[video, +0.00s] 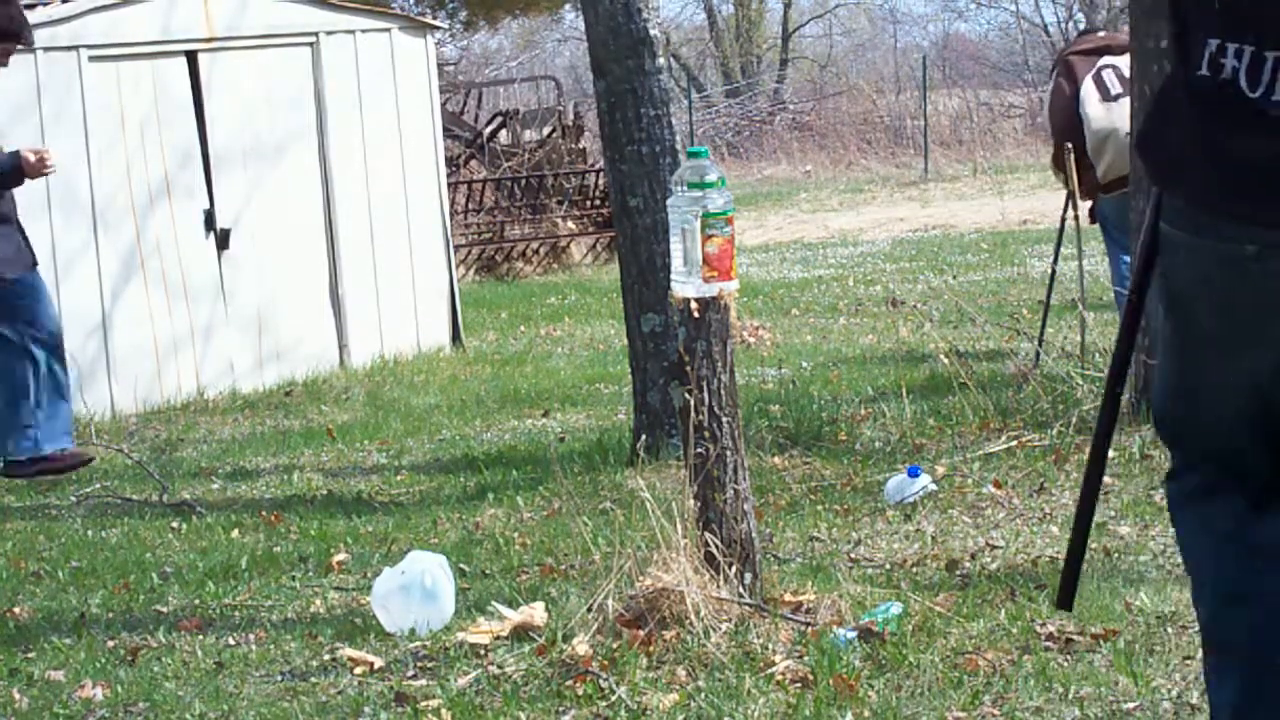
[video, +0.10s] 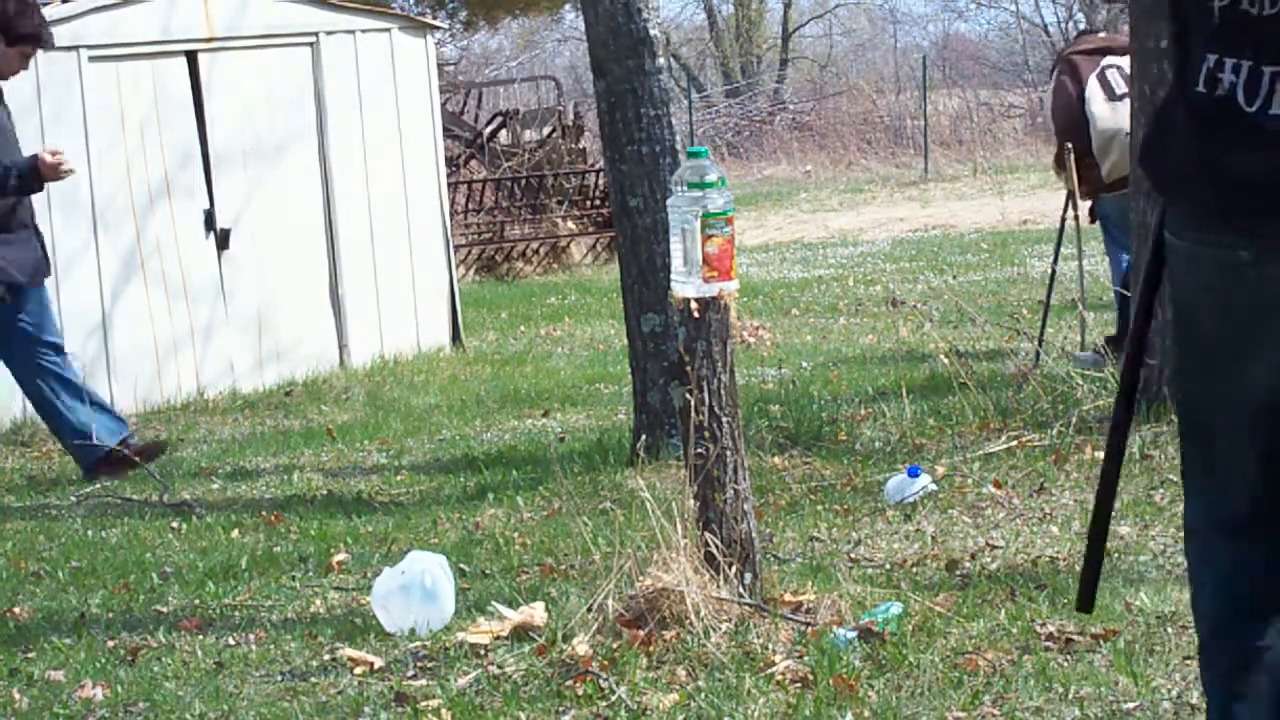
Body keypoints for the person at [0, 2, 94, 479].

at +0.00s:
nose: (9, 58)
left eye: (12, 50)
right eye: (9, 49)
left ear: (12, 46)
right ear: (0, 43)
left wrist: (16, 166)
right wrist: (15, 166)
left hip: (11, 237)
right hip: (4, 238)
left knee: (30, 328)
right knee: (34, 326)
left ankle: (33, 443)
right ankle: (25, 446)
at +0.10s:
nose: (25, 65)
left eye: (30, 55)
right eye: (24, 53)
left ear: (10, 47)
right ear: (1, 42)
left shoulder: (2, 99)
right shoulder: (0, 101)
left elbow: (6, 183)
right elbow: (4, 186)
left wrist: (30, 171)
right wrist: (30, 175)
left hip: (16, 254)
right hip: (7, 256)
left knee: (44, 353)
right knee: (40, 353)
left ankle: (105, 445)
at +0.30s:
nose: (81, 70)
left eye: (86, 61)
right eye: (79, 59)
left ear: (52, 46)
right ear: (48, 42)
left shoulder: (41, 90)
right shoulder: (10, 87)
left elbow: (40, 172)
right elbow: (17, 165)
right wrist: (83, 168)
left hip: (60, 257)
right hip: (20, 258)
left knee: (87, 359)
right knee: (6, 366)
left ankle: (129, 466)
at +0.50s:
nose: (138, 67)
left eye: (144, 58)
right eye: (138, 54)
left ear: (119, 42)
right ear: (110, 34)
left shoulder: (102, 87)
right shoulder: (64, 75)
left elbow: (107, 178)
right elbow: (75, 142)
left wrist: (150, 168)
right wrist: (160, 142)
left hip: (116, 239)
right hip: (78, 239)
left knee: (126, 349)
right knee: (105, 341)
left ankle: (131, 470)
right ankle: (8, 429)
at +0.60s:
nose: (160, 59)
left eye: (166, 50)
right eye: (158, 46)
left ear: (139, 34)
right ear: (129, 27)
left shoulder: (123, 83)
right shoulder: (85, 72)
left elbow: (122, 170)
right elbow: (102, 127)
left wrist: (167, 171)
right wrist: (181, 132)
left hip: (121, 226)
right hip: (105, 227)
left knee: (128, 342)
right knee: (154, 318)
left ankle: (141, 464)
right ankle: (69, 425)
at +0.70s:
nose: (182, 54)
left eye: (187, 46)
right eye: (180, 42)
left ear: (154, 27)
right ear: (150, 24)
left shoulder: (144, 80)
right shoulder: (107, 69)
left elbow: (143, 166)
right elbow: (130, 120)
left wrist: (190, 167)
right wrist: (204, 124)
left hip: (129, 227)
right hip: (135, 224)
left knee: (130, 340)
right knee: (188, 314)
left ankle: (125, 457)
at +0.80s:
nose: (208, 56)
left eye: (214, 47)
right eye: (206, 43)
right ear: (177, 24)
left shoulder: (177, 79)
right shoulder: (134, 69)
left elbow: (172, 169)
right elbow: (158, 118)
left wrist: (215, 163)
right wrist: (231, 120)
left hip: (153, 234)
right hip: (165, 230)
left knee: (142, 357)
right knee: (209, 337)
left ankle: (132, 469)